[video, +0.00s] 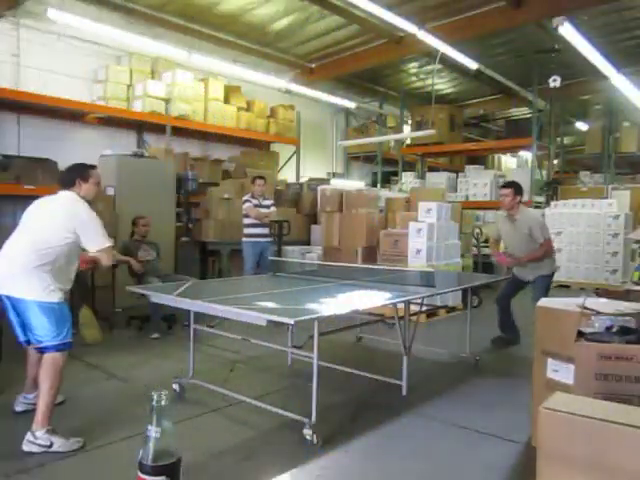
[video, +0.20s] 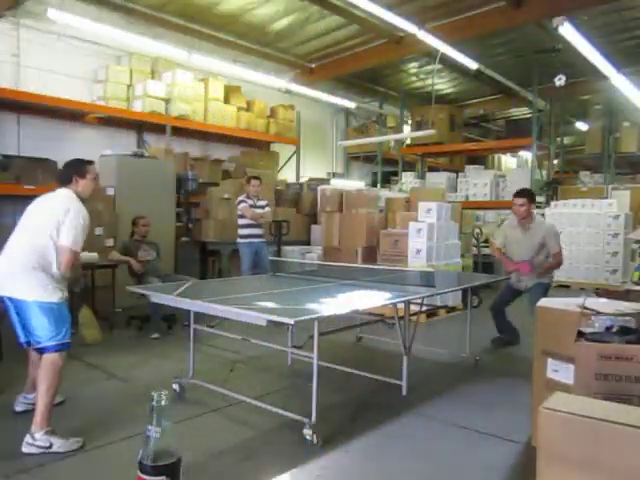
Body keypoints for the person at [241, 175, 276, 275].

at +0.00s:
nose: (260, 188)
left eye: (262, 185)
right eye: (258, 185)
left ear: (265, 187)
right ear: (253, 186)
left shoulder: (269, 201)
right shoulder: (247, 199)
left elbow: (272, 217)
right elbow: (253, 213)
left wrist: (257, 215)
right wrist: (268, 214)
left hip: (266, 240)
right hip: (250, 240)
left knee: (266, 269)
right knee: (250, 270)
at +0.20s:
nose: (256, 189)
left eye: (258, 186)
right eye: (253, 186)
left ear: (261, 187)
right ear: (247, 187)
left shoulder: (263, 202)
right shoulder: (241, 200)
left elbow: (269, 218)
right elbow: (250, 214)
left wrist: (255, 217)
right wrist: (263, 214)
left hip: (260, 240)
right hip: (245, 241)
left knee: (265, 268)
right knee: (247, 270)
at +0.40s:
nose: (251, 188)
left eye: (253, 185)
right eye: (249, 185)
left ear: (256, 187)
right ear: (243, 186)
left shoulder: (260, 202)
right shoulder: (238, 200)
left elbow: (267, 217)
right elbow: (246, 214)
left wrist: (252, 217)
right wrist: (260, 214)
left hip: (259, 240)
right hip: (243, 241)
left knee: (264, 269)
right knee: (245, 271)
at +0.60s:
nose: (250, 188)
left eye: (252, 185)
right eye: (247, 185)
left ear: (255, 186)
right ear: (242, 186)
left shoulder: (259, 200)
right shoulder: (237, 200)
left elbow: (267, 217)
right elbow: (245, 214)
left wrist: (252, 219)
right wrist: (260, 214)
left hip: (259, 239)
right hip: (243, 240)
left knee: (265, 269)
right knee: (245, 271)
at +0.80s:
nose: (250, 188)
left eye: (252, 185)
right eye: (247, 185)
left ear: (255, 186)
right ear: (242, 187)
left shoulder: (262, 200)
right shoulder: (238, 200)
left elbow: (267, 216)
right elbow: (245, 214)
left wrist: (252, 219)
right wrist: (260, 213)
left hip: (260, 239)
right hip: (245, 239)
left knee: (265, 269)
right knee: (245, 271)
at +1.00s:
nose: (252, 188)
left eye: (255, 185)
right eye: (249, 185)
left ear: (258, 187)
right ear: (245, 187)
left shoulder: (265, 200)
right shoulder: (240, 200)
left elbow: (269, 216)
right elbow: (246, 214)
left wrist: (254, 219)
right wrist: (262, 214)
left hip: (262, 239)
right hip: (247, 239)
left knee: (265, 269)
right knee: (246, 270)